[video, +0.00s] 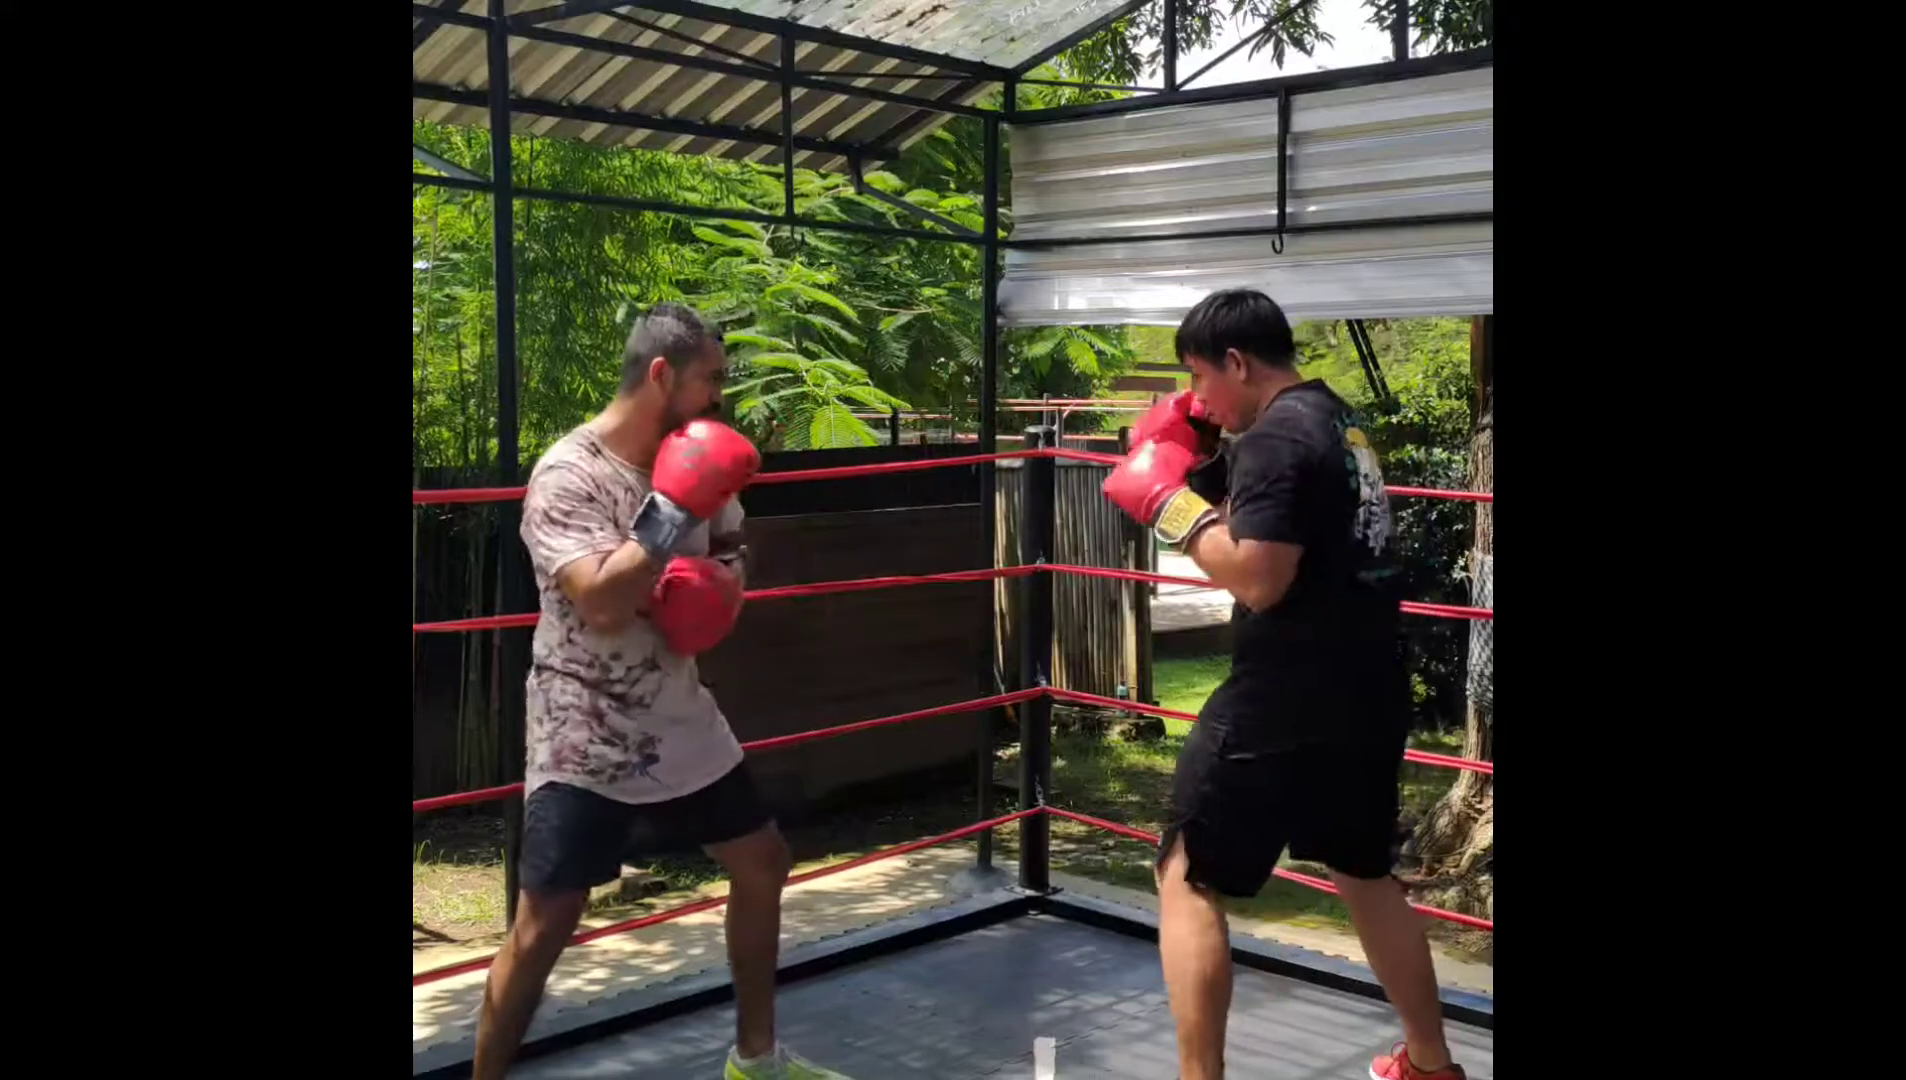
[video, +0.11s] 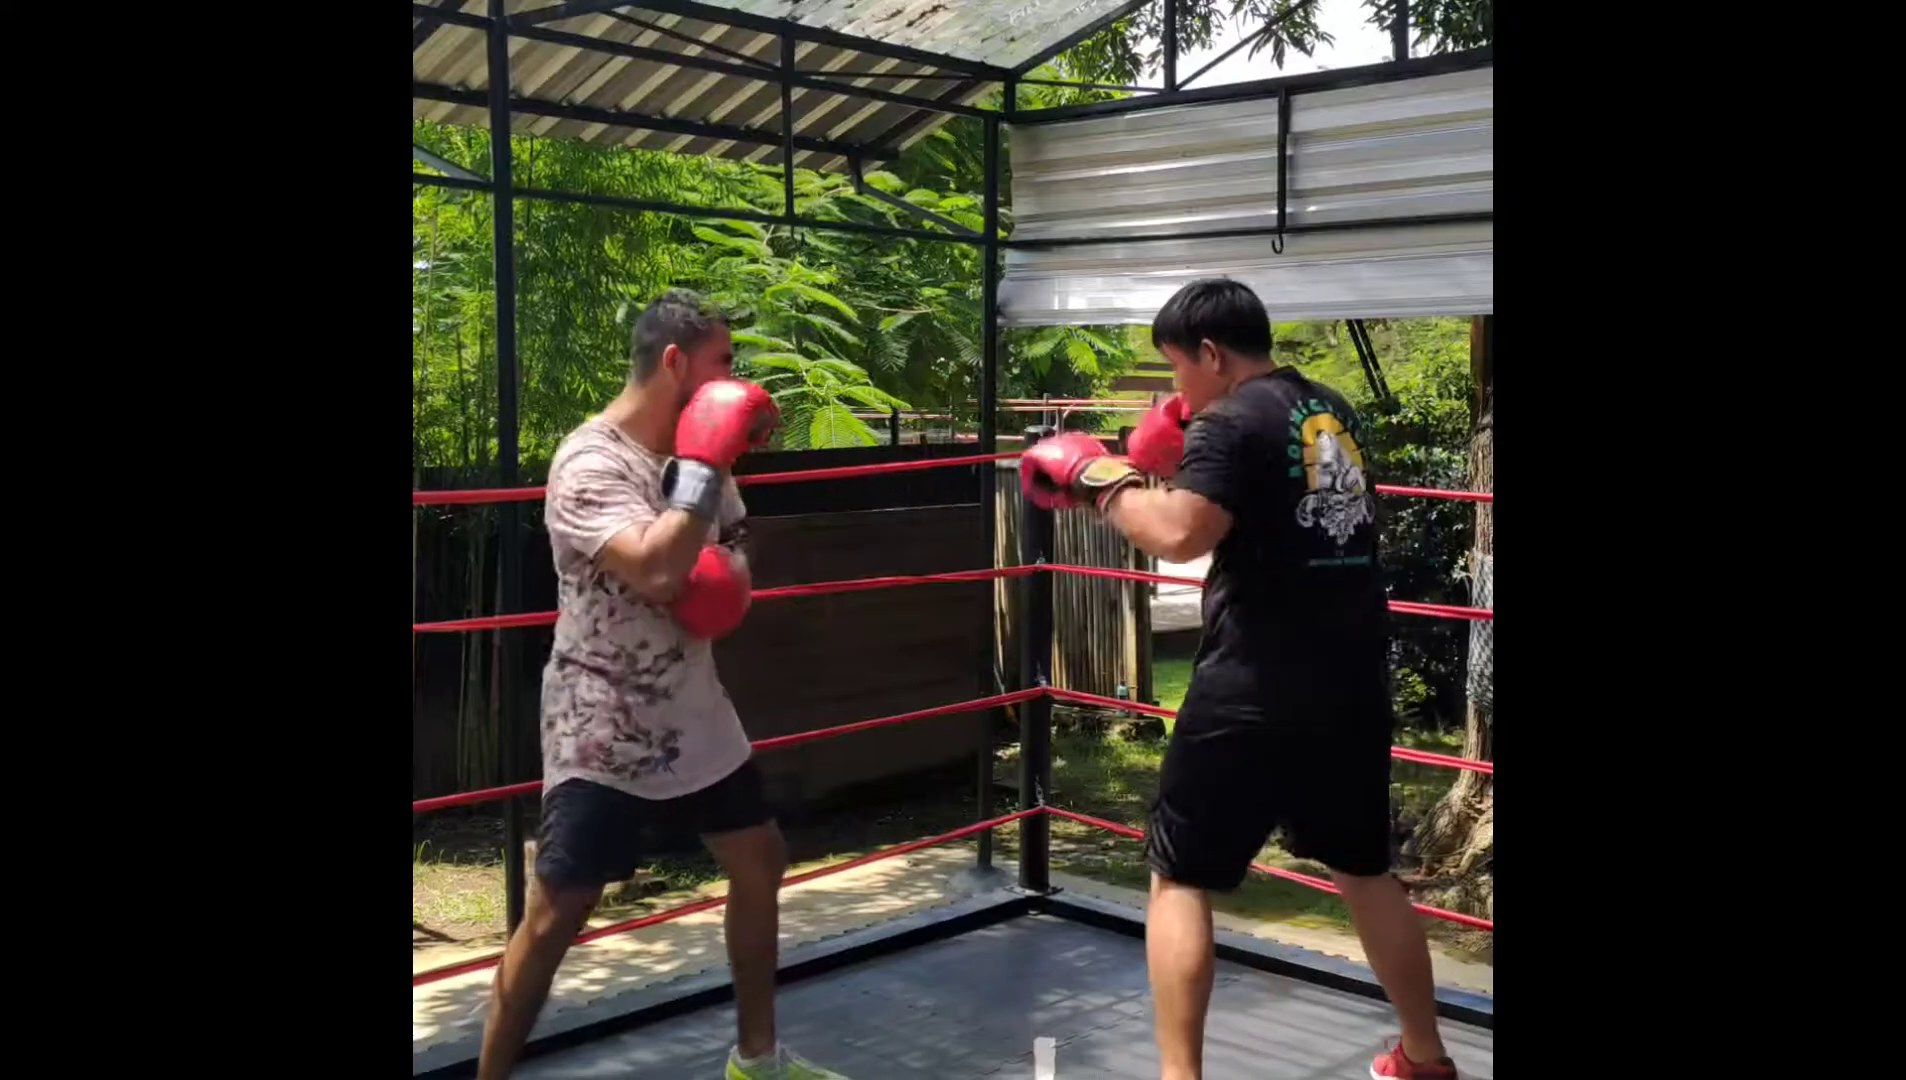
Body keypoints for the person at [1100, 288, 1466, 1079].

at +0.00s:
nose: (1196, 399)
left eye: (1198, 378)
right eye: (1192, 381)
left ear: (1237, 366)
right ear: (1265, 361)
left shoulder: (1276, 435)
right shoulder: (1331, 416)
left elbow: (1259, 577)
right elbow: (1285, 528)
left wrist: (1173, 509)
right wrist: (1202, 464)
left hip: (1280, 697)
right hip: (1365, 695)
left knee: (1187, 877)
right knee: (1368, 872)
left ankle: (1200, 1071)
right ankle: (1430, 1059)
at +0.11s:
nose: (1174, 388)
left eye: (1173, 369)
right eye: (1167, 373)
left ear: (1212, 354)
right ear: (1258, 348)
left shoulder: (1232, 420)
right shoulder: (1331, 408)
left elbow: (1177, 532)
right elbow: (1281, 511)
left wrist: (1102, 480)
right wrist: (1186, 460)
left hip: (1251, 690)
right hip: (1351, 690)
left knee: (1180, 877)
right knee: (1368, 871)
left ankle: (1179, 1070)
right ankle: (1425, 1051)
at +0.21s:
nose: (1153, 377)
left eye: (1154, 361)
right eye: (1148, 363)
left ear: (1190, 348)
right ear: (1245, 339)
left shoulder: (1197, 410)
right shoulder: (1327, 399)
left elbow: (1057, 444)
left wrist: (945, 410)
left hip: (1245, 681)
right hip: (1352, 681)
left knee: (1180, 872)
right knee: (1366, 860)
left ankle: (1177, 1072)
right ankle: (1420, 1048)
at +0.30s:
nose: (1154, 376)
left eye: (1154, 360)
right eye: (1149, 362)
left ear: (1187, 347)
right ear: (1240, 338)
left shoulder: (1191, 405)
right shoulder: (1326, 396)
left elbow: (1039, 429)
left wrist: (930, 398)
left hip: (1244, 681)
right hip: (1350, 676)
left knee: (1180, 875)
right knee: (1363, 853)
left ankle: (1179, 1074)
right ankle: (1426, 1038)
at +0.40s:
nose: (1168, 383)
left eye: (1168, 365)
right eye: (1163, 367)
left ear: (1201, 346)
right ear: (1244, 342)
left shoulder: (1208, 406)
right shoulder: (1323, 398)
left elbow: (1079, 475)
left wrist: (980, 432)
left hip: (1253, 680)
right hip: (1352, 678)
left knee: (1187, 871)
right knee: (1362, 852)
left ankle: (1182, 1069)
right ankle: (1434, 1038)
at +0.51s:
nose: (1183, 386)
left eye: (1182, 367)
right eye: (1175, 371)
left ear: (1224, 347)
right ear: (1265, 343)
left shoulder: (1242, 414)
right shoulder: (1328, 402)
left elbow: (1157, 537)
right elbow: (1274, 516)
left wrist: (1087, 461)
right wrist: (1184, 456)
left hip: (1269, 687)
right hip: (1360, 683)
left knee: (1213, 889)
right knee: (1370, 869)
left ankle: (1195, 1072)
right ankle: (1434, 1056)